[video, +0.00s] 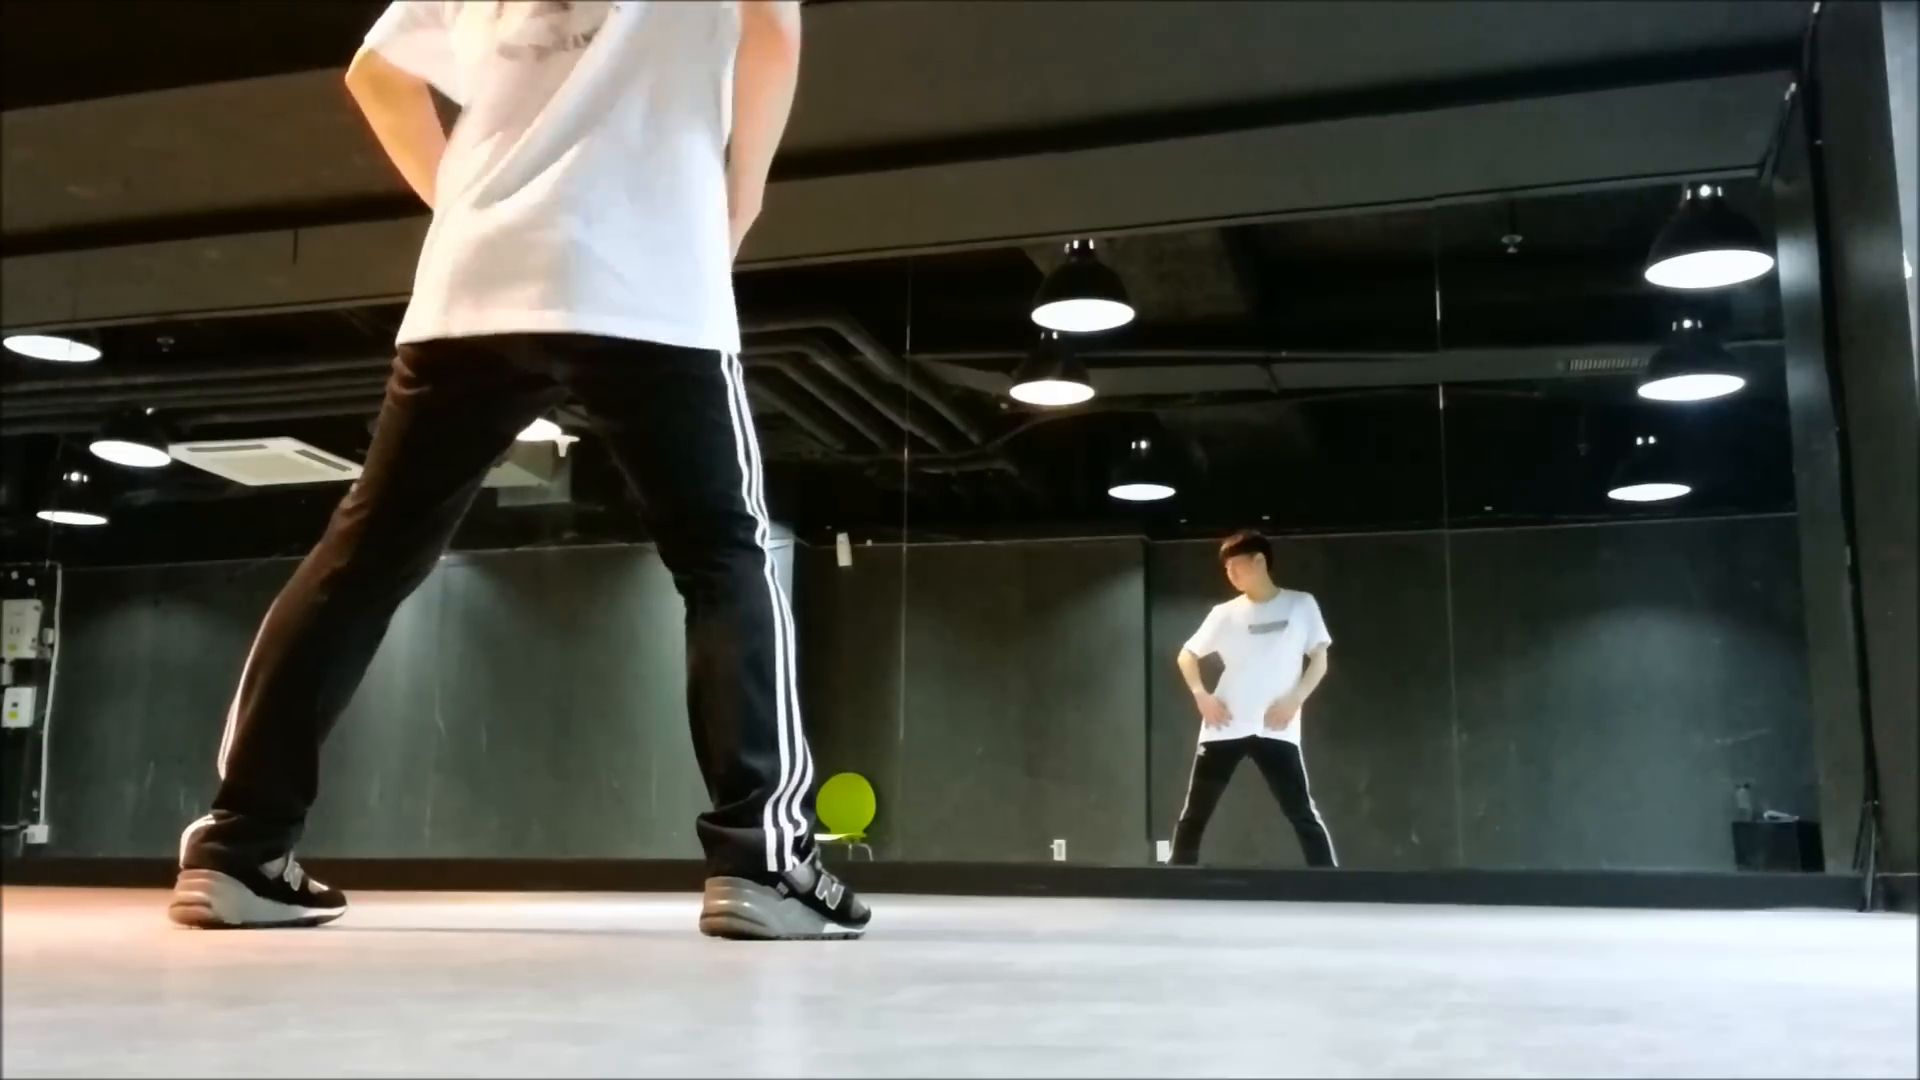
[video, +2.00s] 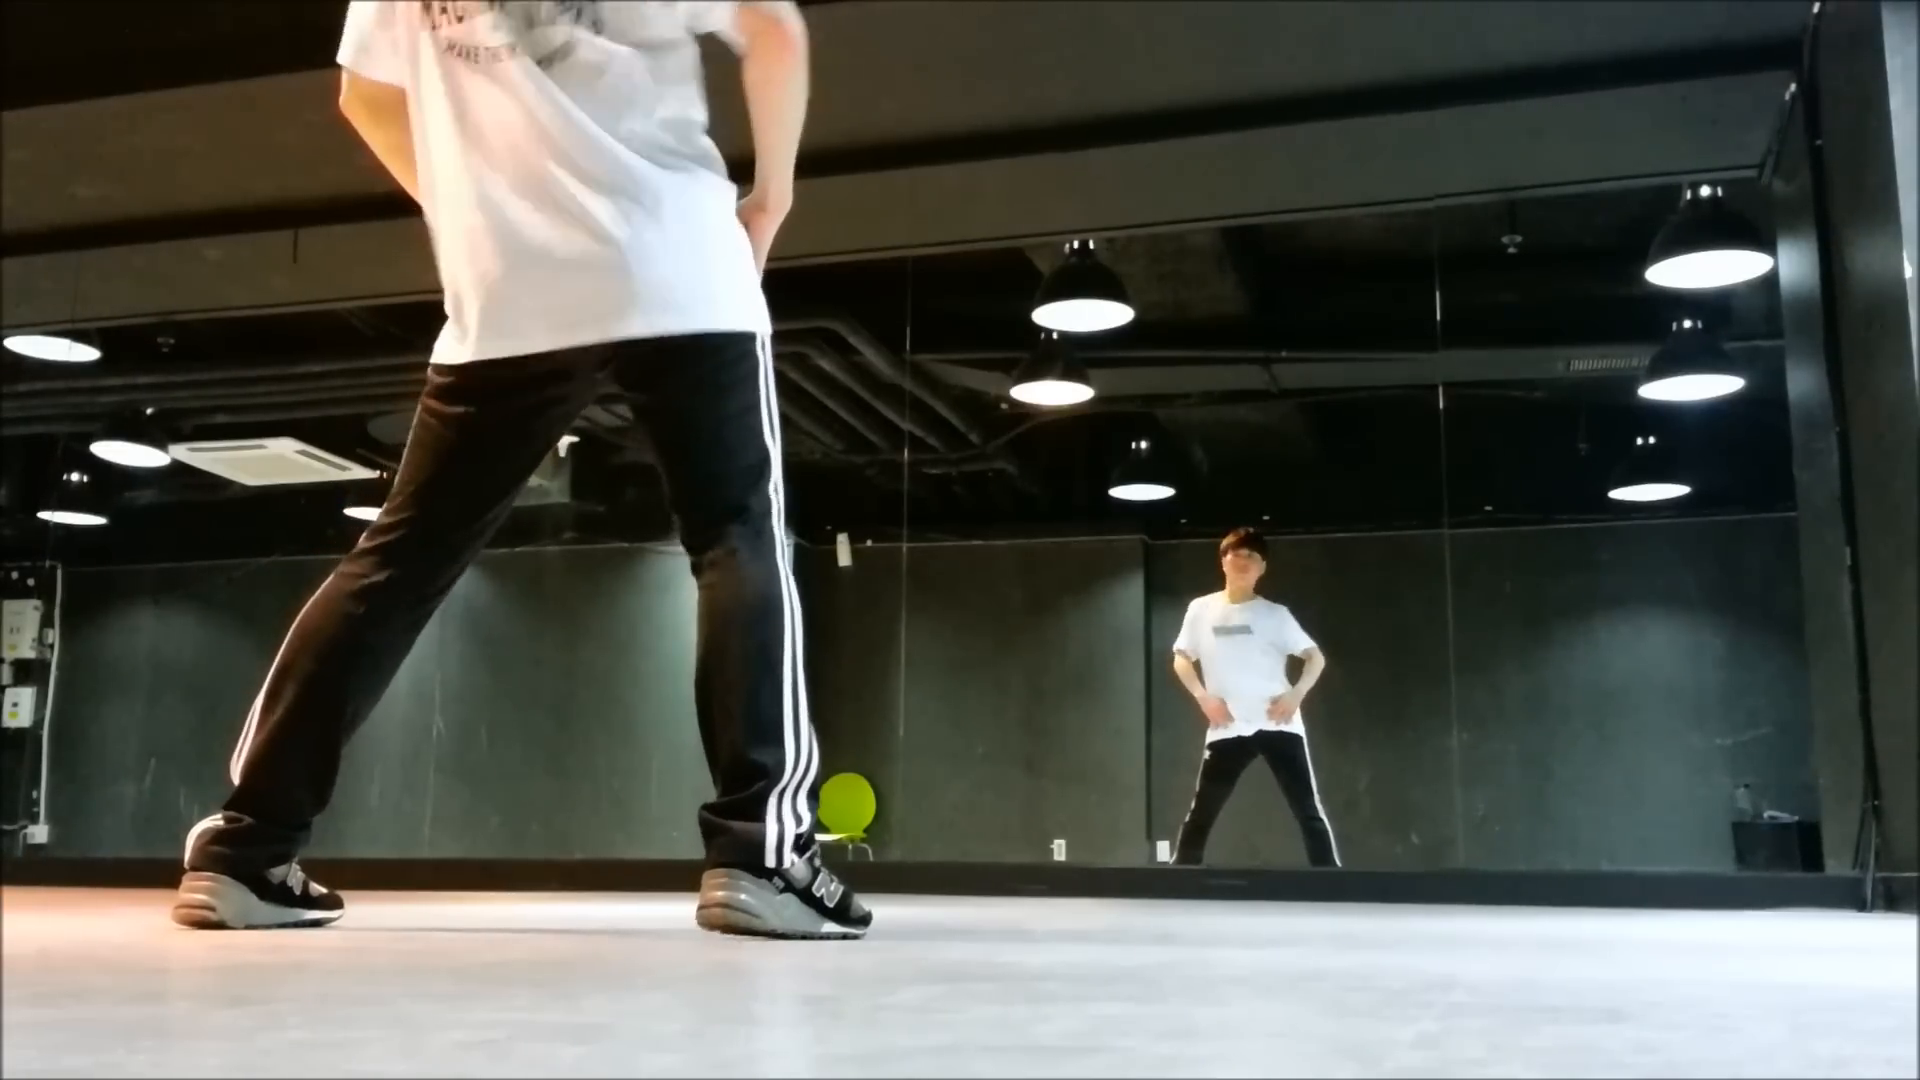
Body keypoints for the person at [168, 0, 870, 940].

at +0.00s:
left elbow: (379, 74)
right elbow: (771, 27)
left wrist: (474, 210)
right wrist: (741, 194)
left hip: (476, 260)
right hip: (646, 263)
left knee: (365, 553)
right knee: (725, 557)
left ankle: (235, 843)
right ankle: (762, 856)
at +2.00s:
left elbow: (368, 92)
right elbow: (772, 25)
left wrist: (472, 210)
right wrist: (773, 183)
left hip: (505, 264)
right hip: (679, 254)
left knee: (397, 558)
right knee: (739, 545)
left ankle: (243, 844)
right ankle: (763, 851)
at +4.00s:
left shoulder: (462, 11)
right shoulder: (695, 4)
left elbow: (368, 121)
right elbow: (801, 48)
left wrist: (460, 261)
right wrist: (774, 238)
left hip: (486, 308)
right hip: (647, 305)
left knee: (436, 618)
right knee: (717, 605)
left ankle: (197, 836)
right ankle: (815, 855)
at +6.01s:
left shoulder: (404, 1)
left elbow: (304, 98)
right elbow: (784, 24)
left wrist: (399, 259)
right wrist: (746, 214)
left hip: (447, 289)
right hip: (615, 287)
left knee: (397, 613)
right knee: (697, 591)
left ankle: (146, 842)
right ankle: (777, 860)